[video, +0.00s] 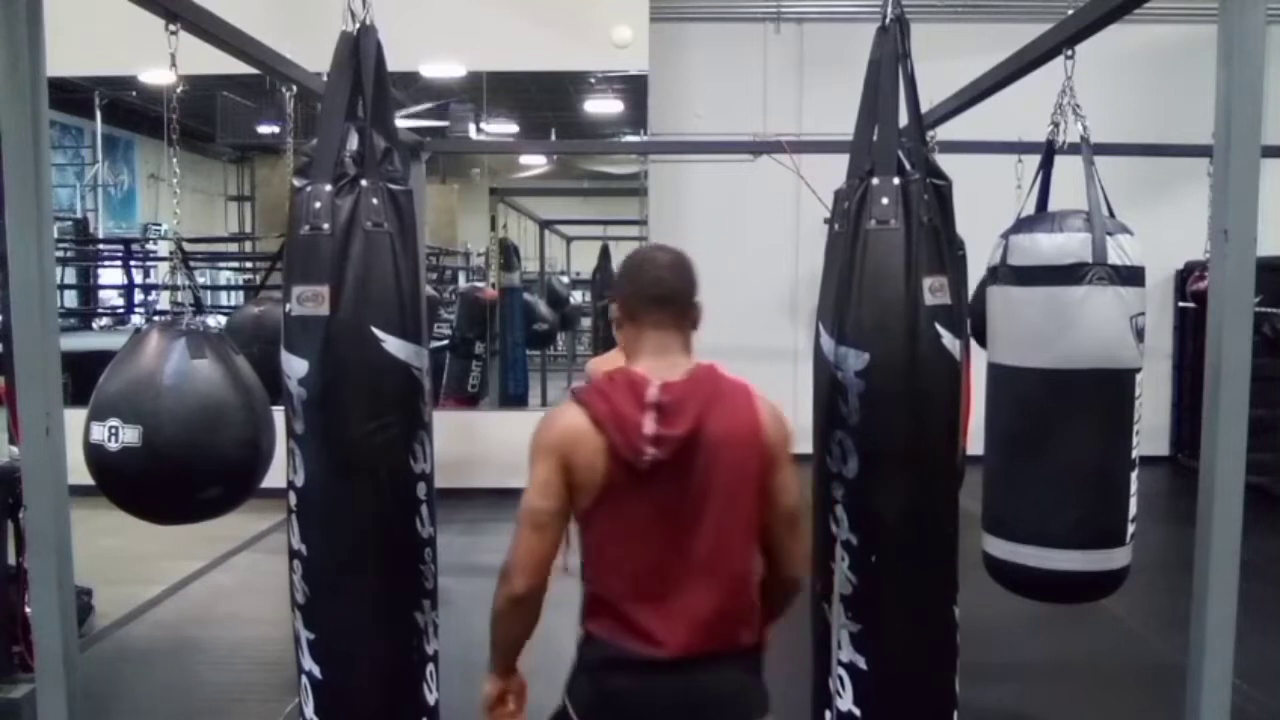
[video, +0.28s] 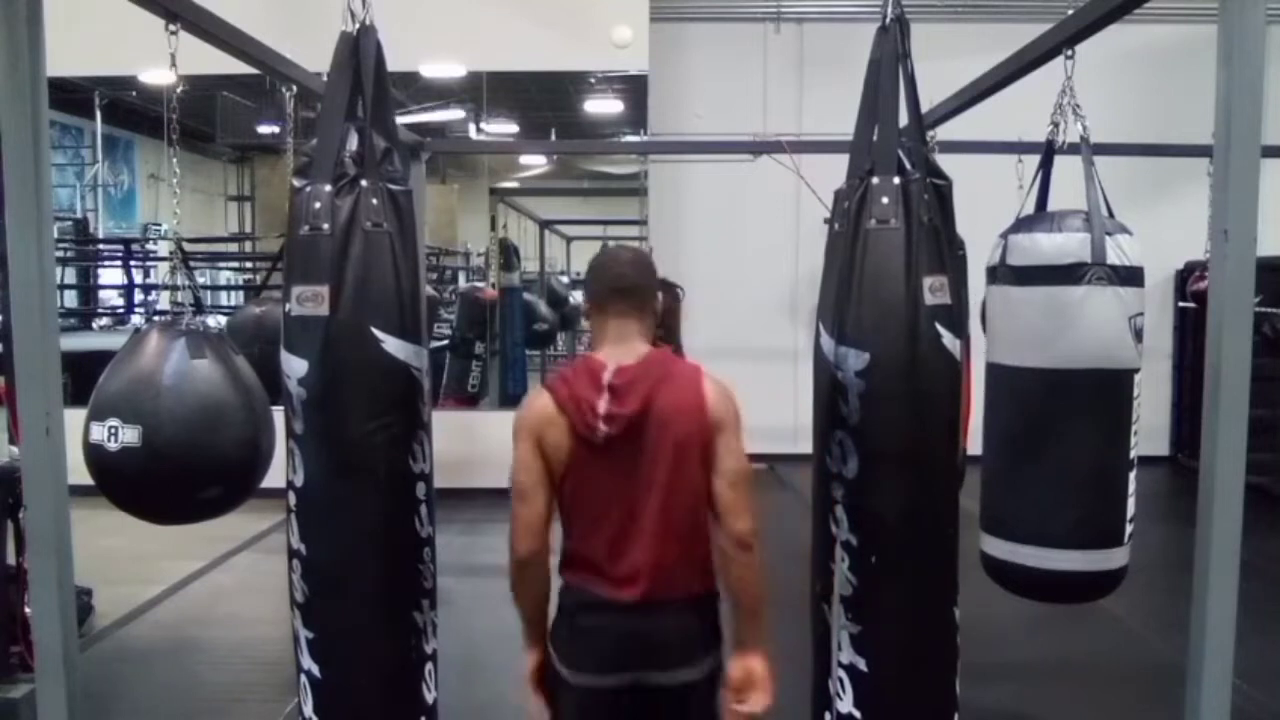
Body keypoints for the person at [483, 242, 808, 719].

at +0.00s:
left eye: (613, 314)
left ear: (617, 316)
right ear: (696, 317)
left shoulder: (571, 426)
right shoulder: (759, 417)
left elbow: (522, 584)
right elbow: (791, 569)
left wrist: (503, 668)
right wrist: (744, 622)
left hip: (615, 687)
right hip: (727, 686)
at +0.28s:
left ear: (587, 308)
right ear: (657, 308)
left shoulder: (544, 408)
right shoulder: (709, 397)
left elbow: (527, 552)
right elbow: (740, 535)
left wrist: (536, 643)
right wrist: (750, 647)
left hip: (589, 643)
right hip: (685, 643)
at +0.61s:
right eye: (678, 309)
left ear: (614, 316)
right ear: (675, 315)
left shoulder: (569, 393)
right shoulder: (707, 399)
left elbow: (535, 513)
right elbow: (714, 525)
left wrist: (536, 597)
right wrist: (719, 629)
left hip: (591, 617)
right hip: (676, 619)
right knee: (669, 711)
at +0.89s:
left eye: (619, 303)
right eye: (668, 300)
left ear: (615, 306)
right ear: (669, 304)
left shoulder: (580, 378)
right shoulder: (708, 374)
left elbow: (553, 488)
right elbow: (739, 482)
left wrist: (545, 556)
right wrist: (749, 543)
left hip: (603, 575)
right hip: (682, 575)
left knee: (592, 699)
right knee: (681, 709)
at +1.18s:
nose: (643, 315)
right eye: (639, 308)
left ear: (583, 314)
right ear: (630, 309)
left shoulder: (558, 384)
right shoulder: (677, 375)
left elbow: (549, 486)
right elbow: (711, 463)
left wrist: (543, 559)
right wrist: (725, 520)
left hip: (590, 561)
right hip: (664, 557)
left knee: (593, 684)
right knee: (678, 693)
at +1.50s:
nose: (536, 316)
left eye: (541, 306)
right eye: (536, 307)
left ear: (568, 306)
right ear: (584, 305)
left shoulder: (579, 373)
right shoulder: (615, 356)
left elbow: (572, 470)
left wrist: (523, 531)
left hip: (596, 520)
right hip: (625, 512)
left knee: (583, 659)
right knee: (594, 651)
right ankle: (605, 710)